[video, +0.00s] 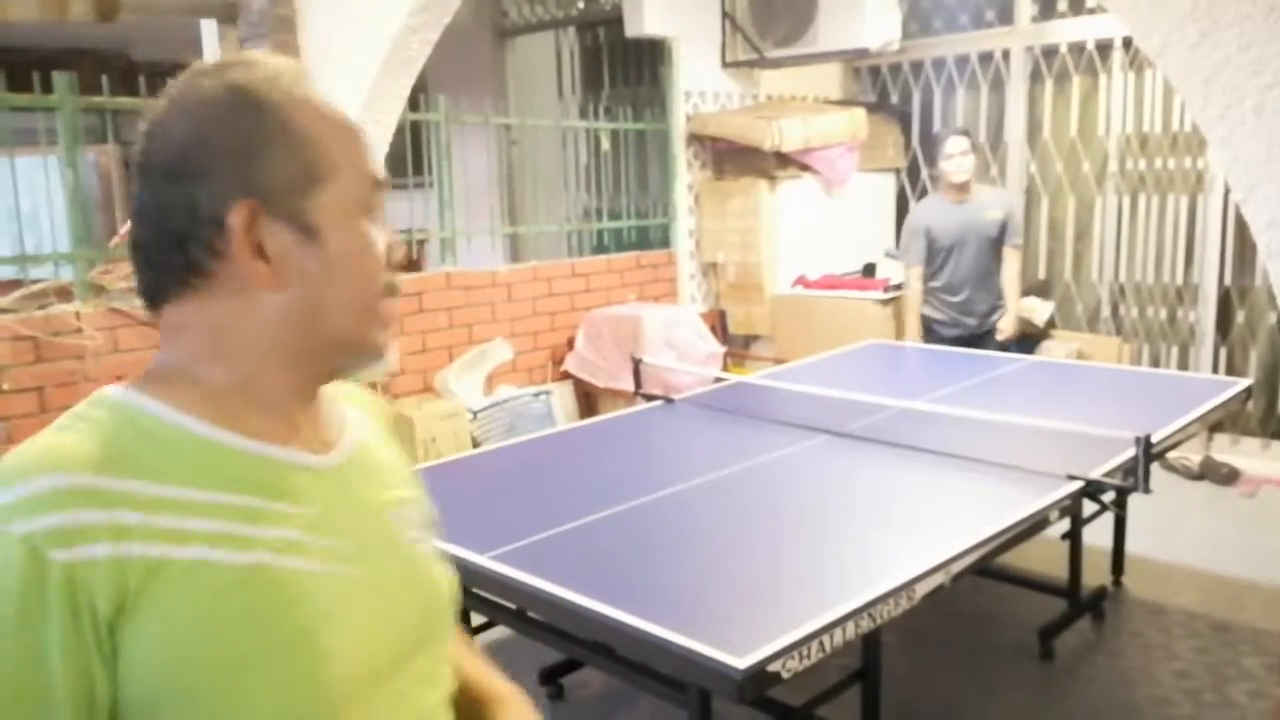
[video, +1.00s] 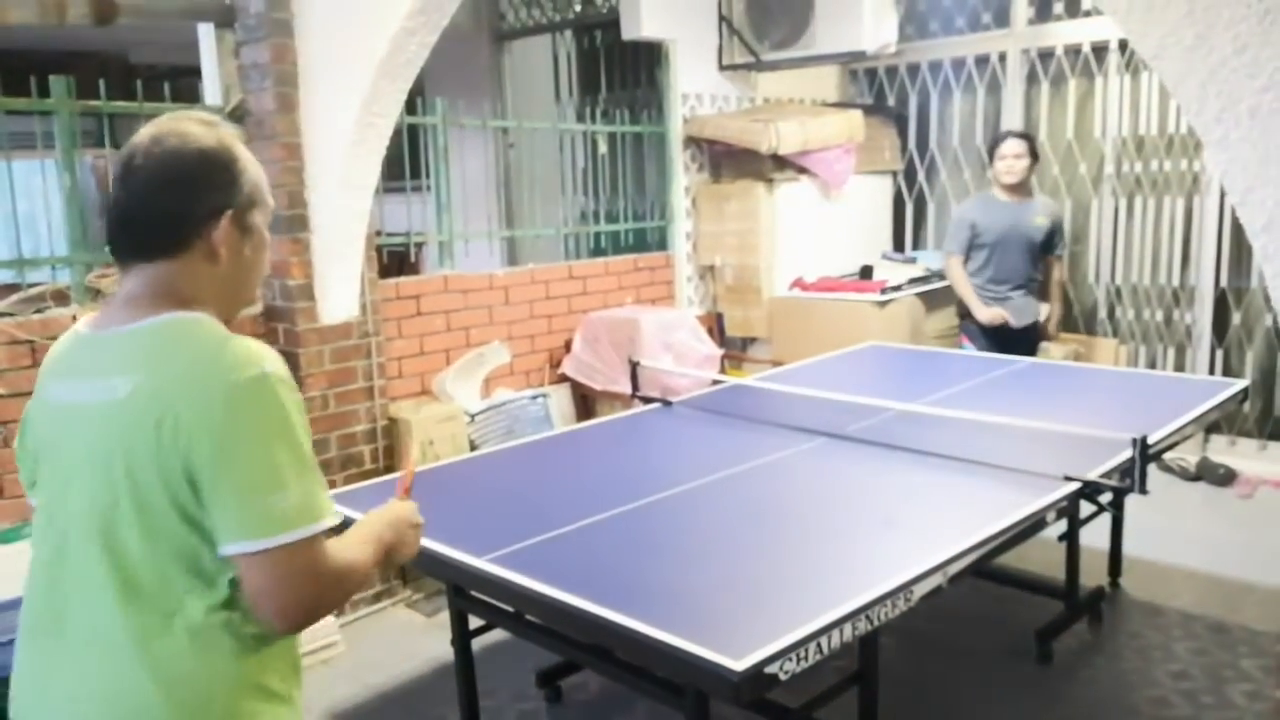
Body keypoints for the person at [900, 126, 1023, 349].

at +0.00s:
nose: (959, 163)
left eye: (965, 154)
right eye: (949, 157)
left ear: (975, 157)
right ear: (937, 165)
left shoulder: (1002, 204)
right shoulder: (921, 215)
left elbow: (1011, 260)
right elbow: (914, 280)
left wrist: (1011, 312)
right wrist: (912, 336)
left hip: (990, 328)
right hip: (941, 330)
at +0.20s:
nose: (953, 165)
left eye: (959, 156)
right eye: (944, 159)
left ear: (970, 160)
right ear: (931, 167)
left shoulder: (996, 207)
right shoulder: (916, 218)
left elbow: (1007, 258)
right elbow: (900, 280)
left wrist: (1007, 311)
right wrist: (889, 338)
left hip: (988, 327)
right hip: (940, 329)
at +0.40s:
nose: (970, 161)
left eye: (977, 153)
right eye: (961, 155)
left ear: (989, 159)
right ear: (949, 163)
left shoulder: (1011, 206)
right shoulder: (930, 212)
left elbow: (1023, 260)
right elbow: (911, 270)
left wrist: (1029, 315)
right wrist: (896, 326)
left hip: (1001, 324)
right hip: (951, 325)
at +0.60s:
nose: (987, 166)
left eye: (995, 159)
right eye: (978, 160)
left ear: (1006, 165)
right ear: (965, 167)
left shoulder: (1024, 213)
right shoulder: (946, 215)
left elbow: (1035, 267)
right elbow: (931, 274)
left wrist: (1039, 321)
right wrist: (921, 329)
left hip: (1010, 326)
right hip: (962, 326)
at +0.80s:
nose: (1003, 162)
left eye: (1011, 154)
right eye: (995, 155)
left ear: (1025, 161)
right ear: (984, 163)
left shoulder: (1040, 209)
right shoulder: (963, 209)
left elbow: (1048, 264)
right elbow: (950, 266)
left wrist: (1047, 317)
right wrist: (964, 320)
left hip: (1024, 320)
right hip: (979, 320)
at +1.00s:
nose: (1009, 164)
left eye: (1018, 157)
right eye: (1002, 157)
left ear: (1032, 163)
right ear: (992, 164)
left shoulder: (1048, 211)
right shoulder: (969, 210)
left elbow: (1054, 264)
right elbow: (953, 263)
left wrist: (1054, 312)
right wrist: (980, 310)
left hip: (1027, 313)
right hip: (983, 311)